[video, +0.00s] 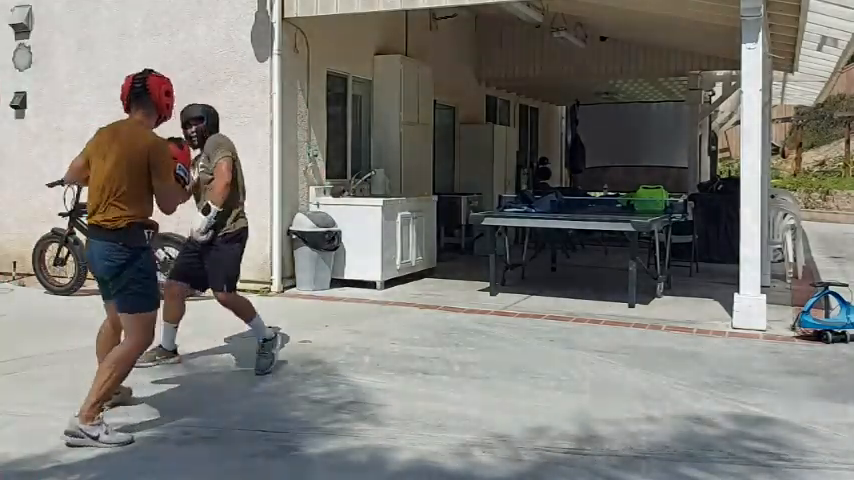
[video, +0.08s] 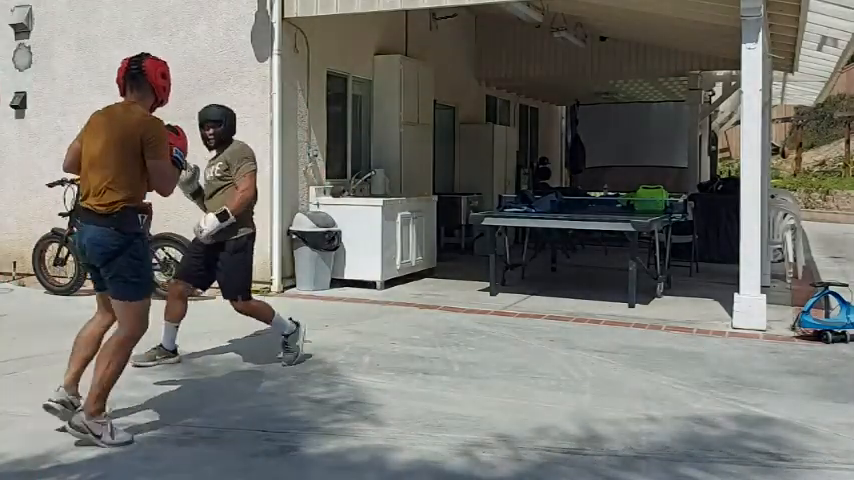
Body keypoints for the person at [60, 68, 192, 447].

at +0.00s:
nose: (170, 109)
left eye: (168, 102)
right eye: (168, 102)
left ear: (130, 102)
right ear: (161, 104)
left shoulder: (104, 134)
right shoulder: (155, 145)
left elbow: (74, 174)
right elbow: (168, 203)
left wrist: (110, 180)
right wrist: (187, 183)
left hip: (98, 244)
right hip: (128, 247)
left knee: (115, 320)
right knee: (139, 337)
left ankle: (109, 390)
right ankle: (86, 419)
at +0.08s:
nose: (164, 95)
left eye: (163, 88)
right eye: (163, 88)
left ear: (124, 85)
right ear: (155, 88)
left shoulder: (98, 118)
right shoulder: (150, 125)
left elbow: (71, 164)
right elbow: (165, 186)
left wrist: (114, 164)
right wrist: (171, 155)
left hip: (86, 229)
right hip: (119, 234)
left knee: (106, 313)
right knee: (132, 324)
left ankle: (69, 390)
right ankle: (93, 413)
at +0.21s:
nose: (163, 90)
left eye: (162, 82)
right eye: (161, 82)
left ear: (122, 79)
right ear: (151, 79)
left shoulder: (95, 114)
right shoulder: (141, 118)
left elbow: (70, 164)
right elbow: (151, 187)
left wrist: (116, 157)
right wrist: (171, 157)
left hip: (81, 227)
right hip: (115, 229)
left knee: (83, 320)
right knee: (144, 323)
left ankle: (24, 398)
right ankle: (113, 421)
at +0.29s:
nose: (160, 109)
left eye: (161, 102)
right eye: (159, 101)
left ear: (120, 97)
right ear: (150, 99)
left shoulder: (94, 131)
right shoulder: (135, 137)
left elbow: (79, 187)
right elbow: (145, 208)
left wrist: (142, 186)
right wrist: (163, 179)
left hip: (74, 247)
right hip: (110, 250)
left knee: (49, 342)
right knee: (145, 343)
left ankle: (1, 423)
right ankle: (158, 443)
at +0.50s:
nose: (195, 110)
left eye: (194, 102)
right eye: (193, 101)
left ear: (153, 101)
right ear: (185, 99)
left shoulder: (129, 137)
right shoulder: (176, 135)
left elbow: (103, 202)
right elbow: (174, 196)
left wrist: (160, 207)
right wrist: (196, 184)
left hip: (106, 249)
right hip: (143, 251)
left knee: (78, 341)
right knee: (164, 358)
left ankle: (16, 414)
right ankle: (185, 456)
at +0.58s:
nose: (218, 103)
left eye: (217, 96)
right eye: (217, 95)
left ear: (175, 94)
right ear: (209, 91)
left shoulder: (149, 133)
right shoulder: (205, 127)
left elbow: (124, 197)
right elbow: (215, 186)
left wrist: (184, 195)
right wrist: (232, 175)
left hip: (133, 245)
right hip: (172, 246)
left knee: (135, 339)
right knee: (177, 357)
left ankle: (57, 405)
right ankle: (186, 458)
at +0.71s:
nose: (238, 100)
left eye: (237, 93)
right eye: (237, 92)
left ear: (194, 90)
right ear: (231, 88)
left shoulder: (169, 128)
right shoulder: (227, 125)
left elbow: (141, 188)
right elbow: (251, 187)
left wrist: (202, 200)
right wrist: (254, 166)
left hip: (157, 245)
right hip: (193, 246)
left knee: (182, 340)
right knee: (190, 356)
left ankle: (116, 407)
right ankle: (187, 458)